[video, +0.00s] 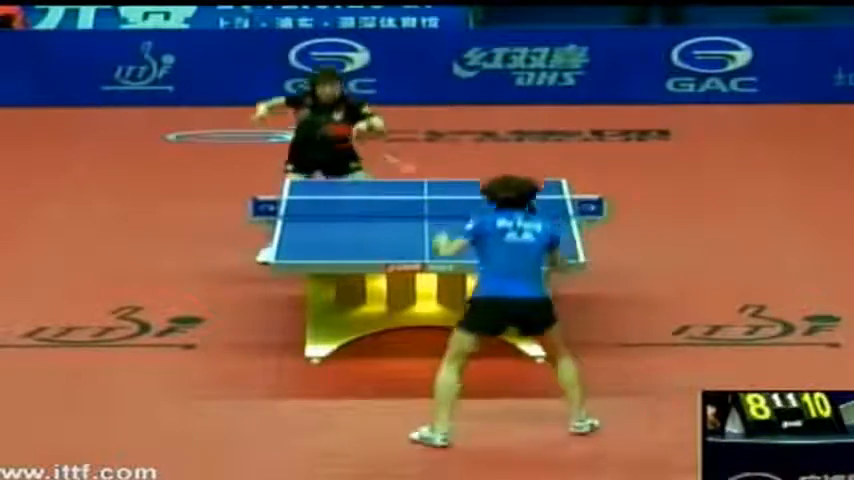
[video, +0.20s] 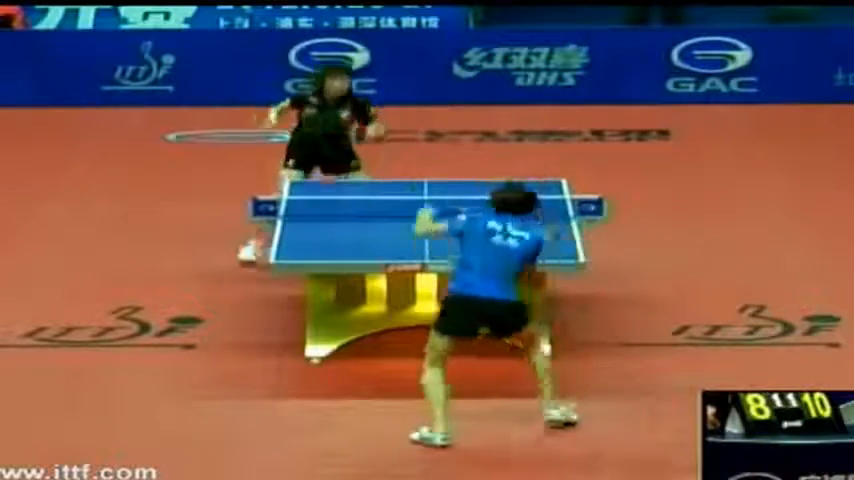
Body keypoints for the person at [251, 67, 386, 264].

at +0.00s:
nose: (327, 92)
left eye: (332, 86)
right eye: (323, 86)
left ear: (340, 88)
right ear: (315, 88)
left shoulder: (350, 106)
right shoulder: (305, 101)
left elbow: (378, 124)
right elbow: (279, 104)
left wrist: (366, 127)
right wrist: (264, 109)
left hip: (342, 165)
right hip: (303, 164)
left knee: (371, 197)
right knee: (289, 204)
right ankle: (277, 245)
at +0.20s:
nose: (339, 86)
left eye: (343, 80)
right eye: (334, 80)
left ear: (349, 83)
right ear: (324, 81)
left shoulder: (355, 104)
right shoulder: (307, 98)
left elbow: (376, 127)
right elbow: (282, 108)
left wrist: (369, 133)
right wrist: (273, 116)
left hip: (339, 156)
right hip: (302, 158)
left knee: (365, 194)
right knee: (287, 201)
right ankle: (258, 243)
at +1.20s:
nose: (313, 131)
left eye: (317, 126)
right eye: (309, 126)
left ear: (324, 121)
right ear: (302, 119)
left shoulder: (330, 131)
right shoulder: (284, 125)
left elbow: (360, 153)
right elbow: (245, 130)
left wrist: (344, 152)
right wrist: (240, 138)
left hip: (311, 177)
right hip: (276, 175)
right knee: (259, 210)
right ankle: (224, 247)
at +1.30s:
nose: (312, 123)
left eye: (316, 119)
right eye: (307, 119)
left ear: (324, 115)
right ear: (301, 114)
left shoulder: (334, 125)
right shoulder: (289, 118)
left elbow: (360, 148)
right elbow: (249, 118)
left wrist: (347, 146)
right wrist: (244, 128)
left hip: (316, 171)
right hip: (282, 169)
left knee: (330, 211)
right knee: (259, 207)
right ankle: (224, 247)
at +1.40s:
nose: (317, 109)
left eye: (321, 104)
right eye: (312, 105)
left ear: (327, 104)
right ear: (303, 106)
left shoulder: (334, 118)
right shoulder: (290, 111)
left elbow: (362, 141)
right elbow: (254, 111)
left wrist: (355, 136)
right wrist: (247, 118)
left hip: (321, 160)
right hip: (288, 158)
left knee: (337, 204)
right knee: (260, 206)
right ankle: (225, 246)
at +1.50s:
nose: (322, 94)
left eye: (326, 88)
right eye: (318, 88)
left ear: (333, 88)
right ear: (309, 87)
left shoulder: (339, 105)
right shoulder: (294, 94)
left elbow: (368, 133)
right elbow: (261, 102)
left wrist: (354, 129)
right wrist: (248, 114)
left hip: (319, 156)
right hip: (284, 154)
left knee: (340, 201)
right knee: (260, 205)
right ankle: (225, 245)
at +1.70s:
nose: (320, 95)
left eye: (325, 91)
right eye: (316, 89)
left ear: (332, 93)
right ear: (307, 88)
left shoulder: (335, 109)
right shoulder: (290, 99)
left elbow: (347, 132)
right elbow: (264, 114)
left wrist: (351, 140)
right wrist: (254, 124)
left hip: (314, 155)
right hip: (281, 153)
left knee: (335, 197)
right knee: (257, 204)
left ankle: (341, 255)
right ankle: (210, 247)